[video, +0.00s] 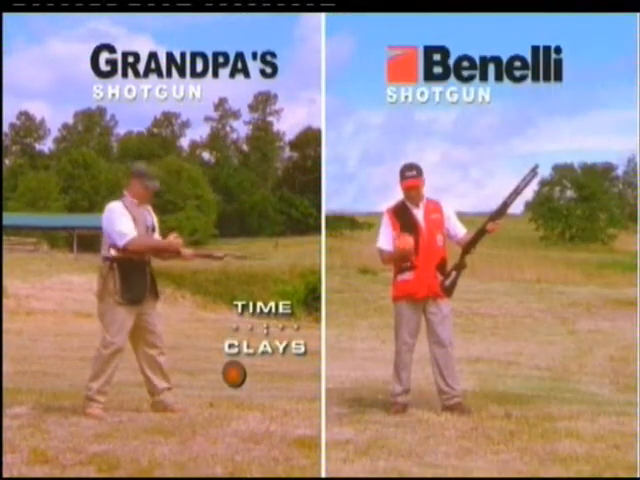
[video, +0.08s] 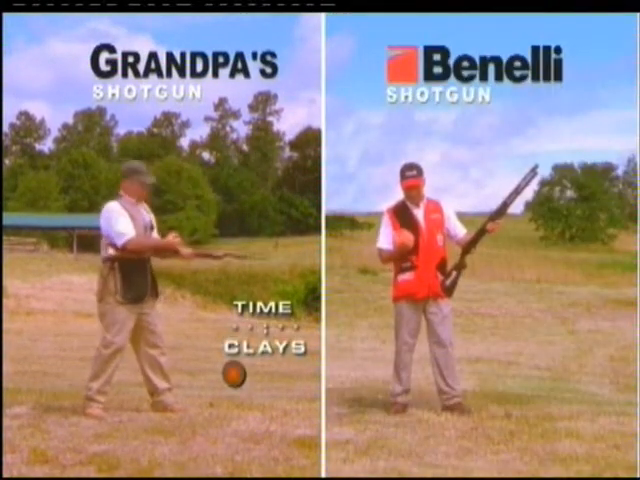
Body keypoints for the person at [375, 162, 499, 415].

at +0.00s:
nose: (412, 191)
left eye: (416, 186)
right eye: (408, 187)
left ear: (423, 184)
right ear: (401, 187)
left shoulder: (438, 209)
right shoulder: (392, 215)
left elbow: (463, 240)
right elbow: (384, 255)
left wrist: (484, 231)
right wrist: (400, 252)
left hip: (436, 283)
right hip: (407, 285)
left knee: (443, 342)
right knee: (405, 343)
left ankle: (451, 397)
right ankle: (400, 396)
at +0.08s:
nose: (413, 191)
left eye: (416, 185)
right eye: (408, 186)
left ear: (424, 183)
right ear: (401, 187)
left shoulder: (439, 209)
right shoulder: (392, 215)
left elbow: (463, 240)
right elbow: (383, 254)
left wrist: (484, 231)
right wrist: (402, 249)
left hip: (437, 283)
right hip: (407, 285)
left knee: (444, 342)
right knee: (405, 343)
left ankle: (451, 397)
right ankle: (400, 397)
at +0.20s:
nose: (413, 190)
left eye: (417, 185)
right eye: (408, 186)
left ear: (424, 183)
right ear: (401, 187)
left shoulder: (439, 209)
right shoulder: (392, 215)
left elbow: (463, 240)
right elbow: (383, 254)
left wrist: (484, 231)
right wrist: (402, 249)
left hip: (437, 284)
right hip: (408, 286)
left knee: (444, 342)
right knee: (405, 343)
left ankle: (451, 397)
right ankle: (400, 396)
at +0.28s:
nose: (414, 190)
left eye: (417, 185)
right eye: (409, 186)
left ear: (424, 183)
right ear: (402, 187)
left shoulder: (439, 209)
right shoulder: (392, 215)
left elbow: (463, 240)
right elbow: (382, 254)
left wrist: (484, 231)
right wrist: (401, 251)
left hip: (437, 284)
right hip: (408, 286)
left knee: (444, 343)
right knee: (405, 343)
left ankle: (451, 397)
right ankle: (400, 397)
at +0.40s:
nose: (416, 190)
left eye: (419, 184)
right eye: (410, 186)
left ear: (425, 183)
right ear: (402, 187)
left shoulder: (439, 209)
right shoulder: (392, 215)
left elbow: (464, 241)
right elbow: (381, 253)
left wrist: (484, 232)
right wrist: (402, 252)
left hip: (437, 284)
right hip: (408, 286)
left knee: (444, 342)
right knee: (405, 344)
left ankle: (451, 397)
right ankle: (400, 397)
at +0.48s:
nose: (417, 188)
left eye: (420, 183)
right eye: (411, 185)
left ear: (425, 181)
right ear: (403, 187)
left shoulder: (439, 209)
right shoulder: (392, 215)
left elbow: (464, 241)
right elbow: (381, 253)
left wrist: (484, 232)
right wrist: (402, 251)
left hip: (437, 283)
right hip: (407, 285)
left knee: (444, 342)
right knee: (405, 344)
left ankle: (451, 397)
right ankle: (400, 397)